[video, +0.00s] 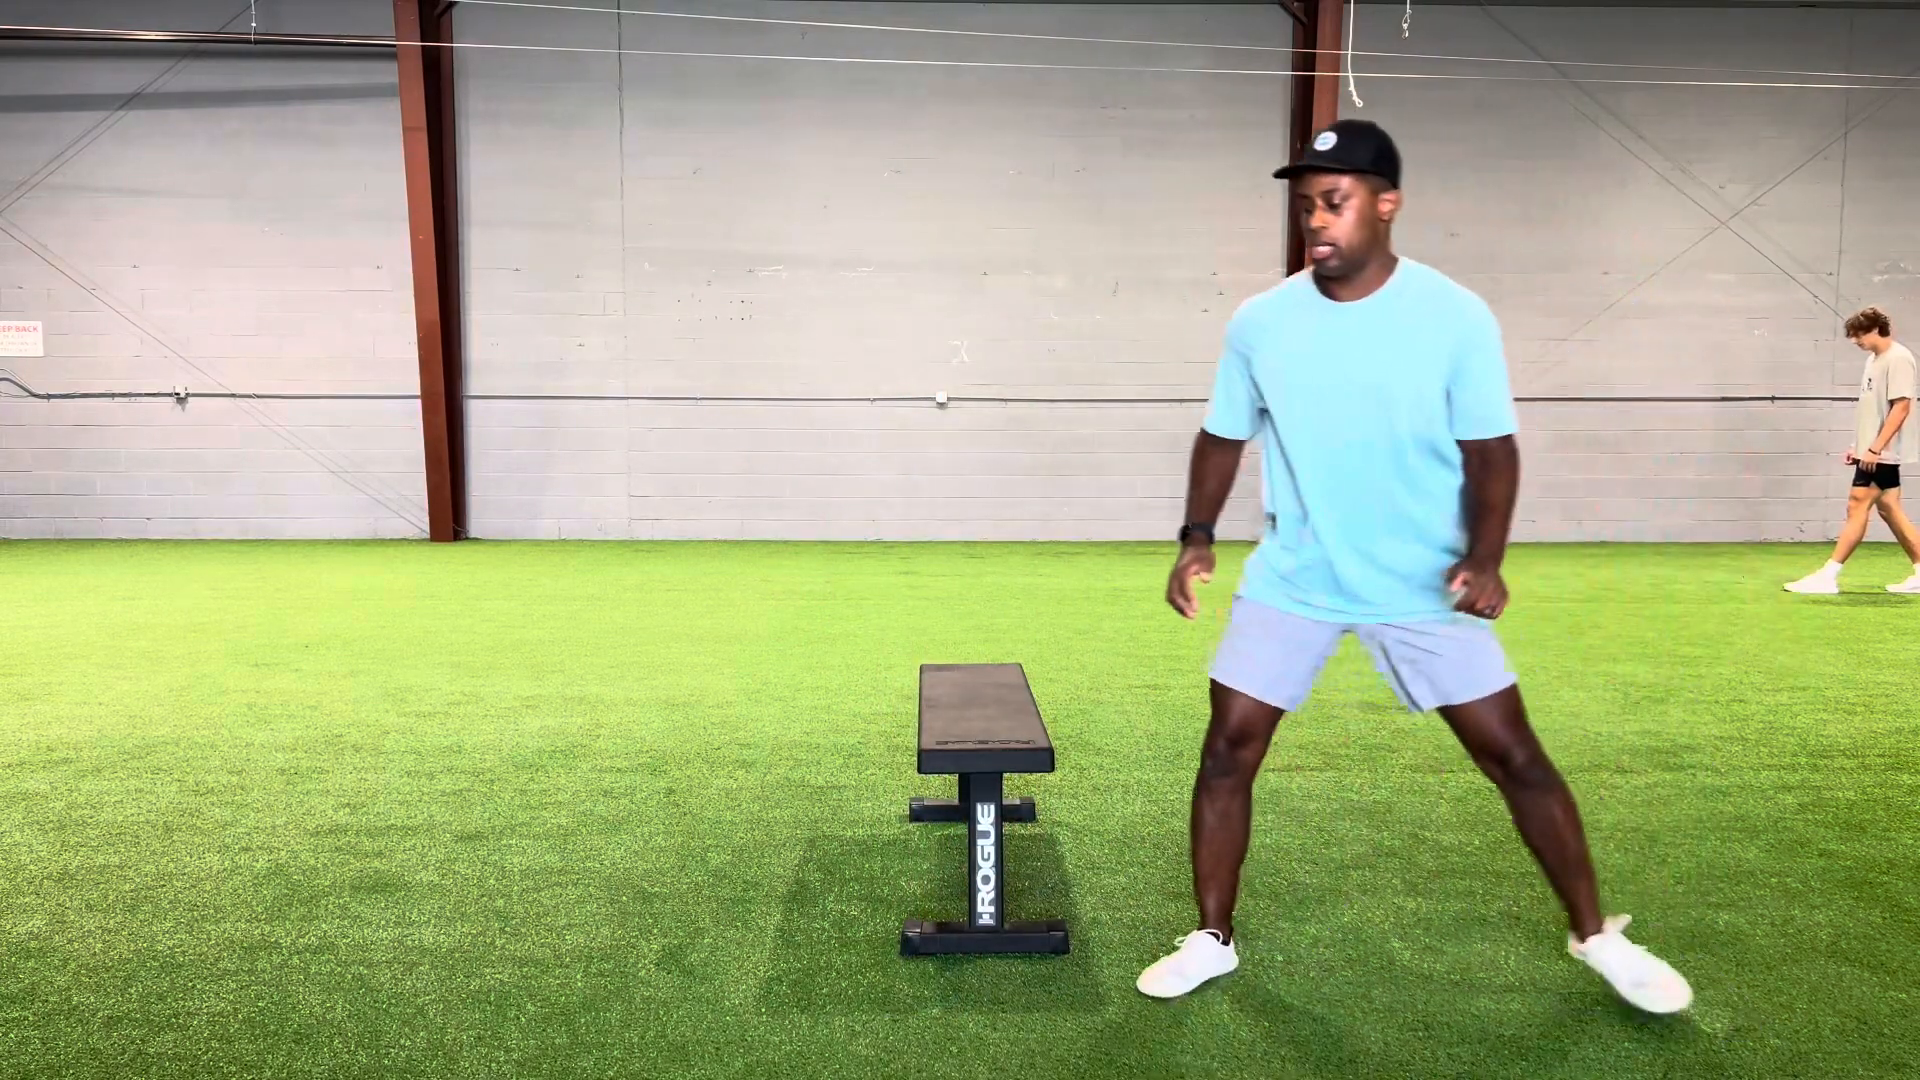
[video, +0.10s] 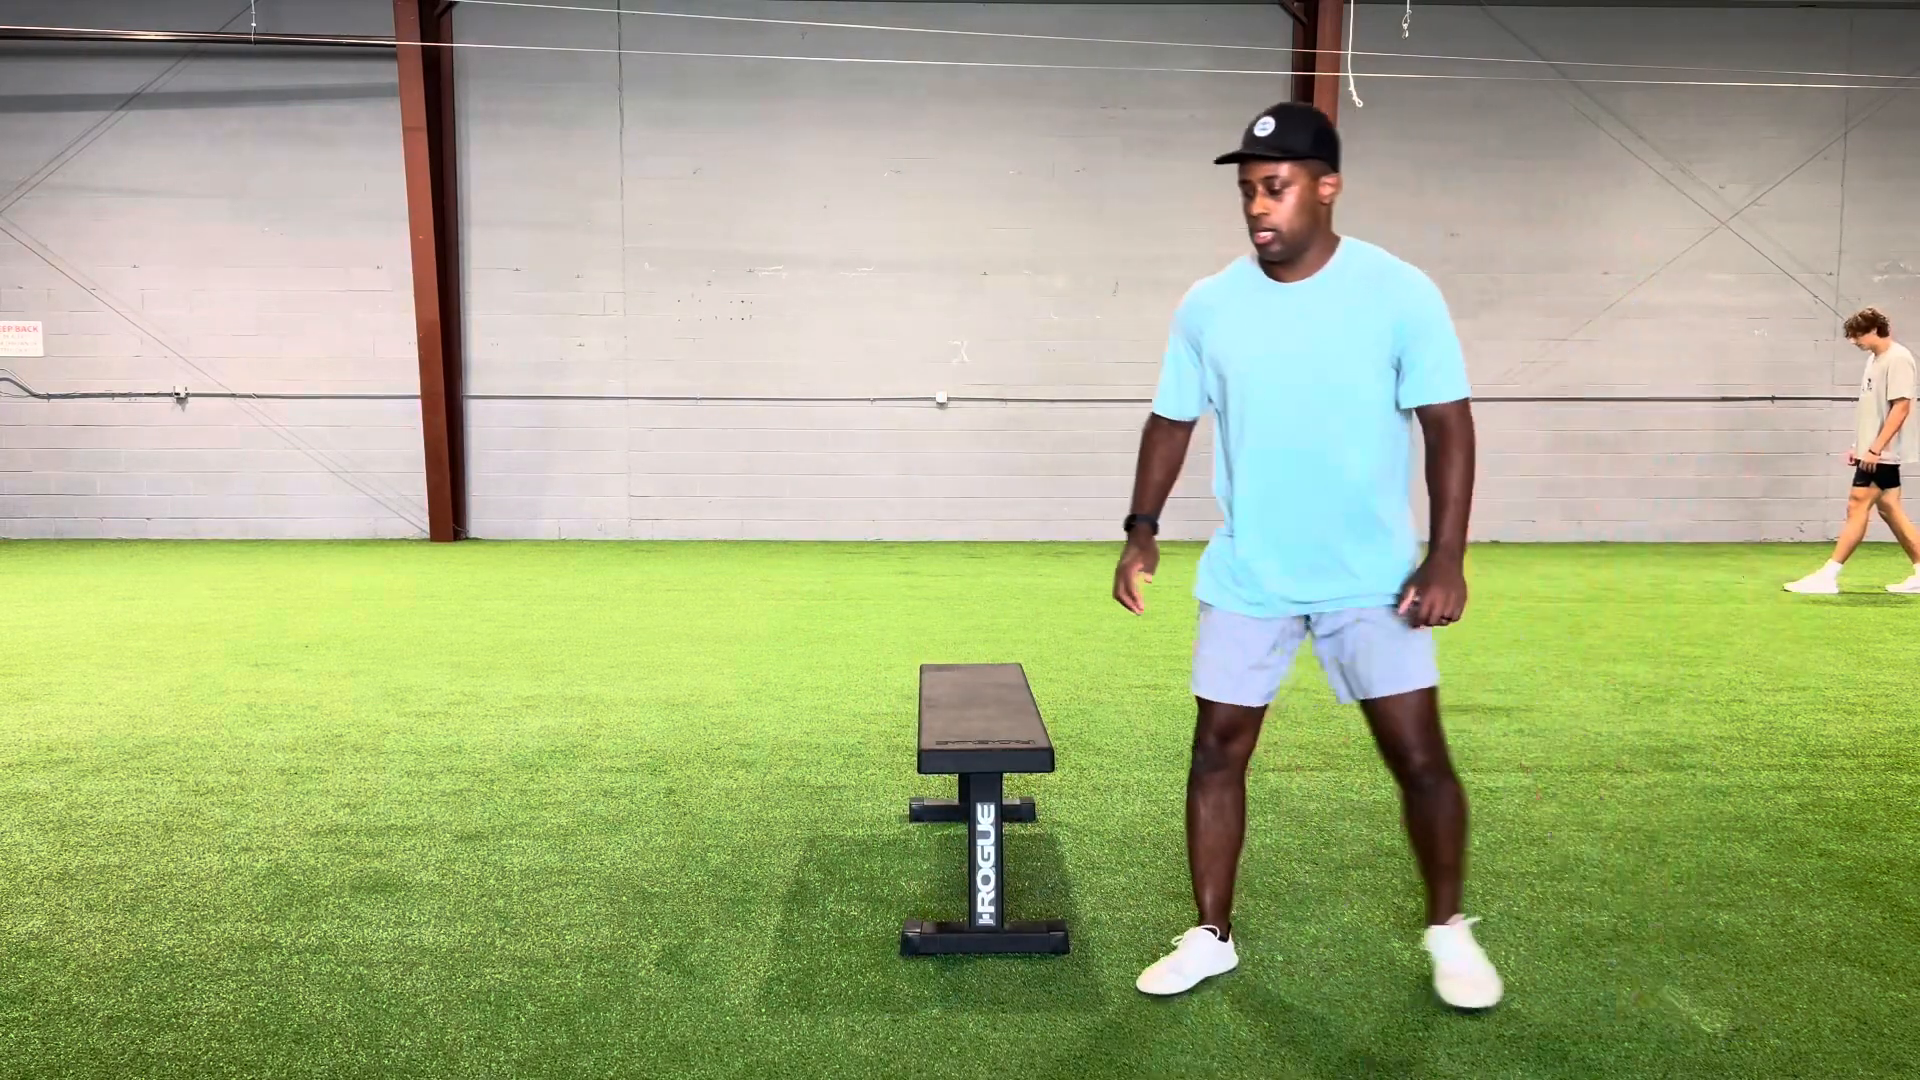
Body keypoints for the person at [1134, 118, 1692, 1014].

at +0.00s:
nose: (1314, 219)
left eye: (1334, 202)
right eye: (1305, 202)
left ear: (1388, 206)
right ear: (1298, 208)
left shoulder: (1457, 319)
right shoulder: (1260, 325)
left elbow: (1491, 451)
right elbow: (1222, 437)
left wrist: (1485, 559)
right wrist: (1196, 535)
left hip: (1423, 584)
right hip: (1293, 576)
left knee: (1516, 756)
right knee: (1228, 744)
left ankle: (1595, 932)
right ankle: (1212, 937)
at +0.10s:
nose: (1257, 206)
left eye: (1276, 187)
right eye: (1250, 188)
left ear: (1328, 190)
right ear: (1241, 193)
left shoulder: (1401, 295)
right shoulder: (1209, 307)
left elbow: (1449, 426)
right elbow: (1170, 423)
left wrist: (1448, 554)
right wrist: (1142, 528)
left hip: (1373, 575)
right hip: (1247, 575)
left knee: (1421, 759)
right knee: (1218, 745)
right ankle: (1210, 932)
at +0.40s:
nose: (1172, 229)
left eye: (1190, 210)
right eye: (1162, 210)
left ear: (1239, 207)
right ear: (1152, 207)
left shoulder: (1304, 311)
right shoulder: (1126, 306)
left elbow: (1363, 439)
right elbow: (1099, 424)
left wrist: (1390, 574)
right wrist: (1059, 521)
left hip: (1247, 581)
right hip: (1136, 567)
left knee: (1247, 764)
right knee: (1062, 724)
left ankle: (1260, 939)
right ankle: (1124, 891)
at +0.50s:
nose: (1144, 229)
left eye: (1164, 210)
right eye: (1132, 209)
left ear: (1209, 208)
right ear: (1119, 206)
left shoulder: (1266, 306)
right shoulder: (1089, 302)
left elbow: (1309, 441)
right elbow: (1056, 418)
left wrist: (1309, 575)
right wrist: (1025, 517)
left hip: (1213, 576)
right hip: (1098, 562)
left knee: (1228, 763)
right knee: (1027, 731)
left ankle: (1255, 941)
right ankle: (1001, 923)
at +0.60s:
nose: (1111, 248)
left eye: (1131, 229)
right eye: (1098, 227)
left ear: (1170, 225)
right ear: (1081, 219)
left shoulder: (1219, 325)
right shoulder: (1041, 314)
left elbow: (1253, 461)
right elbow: (1004, 424)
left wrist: (1227, 578)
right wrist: (985, 524)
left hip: (1172, 588)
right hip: (1058, 578)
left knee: (1201, 772)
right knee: (992, 747)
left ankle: (1250, 938)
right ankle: (943, 933)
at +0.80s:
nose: (1040, 328)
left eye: (1059, 311)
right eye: (1027, 308)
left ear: (1095, 301)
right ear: (1009, 295)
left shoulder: (1145, 386)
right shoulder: (959, 375)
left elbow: (1171, 519)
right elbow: (916, 479)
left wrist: (1123, 620)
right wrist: (915, 578)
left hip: (1106, 602)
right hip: (987, 597)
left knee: (1133, 763)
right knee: (944, 752)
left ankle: (1118, 926)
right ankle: (935, 938)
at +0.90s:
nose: (1024, 381)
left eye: (1044, 362)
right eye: (1010, 359)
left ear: (1078, 346)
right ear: (991, 342)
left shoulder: (1126, 424)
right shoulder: (941, 411)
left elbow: (1159, 547)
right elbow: (896, 507)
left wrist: (1109, 649)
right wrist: (900, 603)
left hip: (1080, 619)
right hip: (971, 612)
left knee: (1097, 772)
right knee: (937, 759)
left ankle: (1078, 938)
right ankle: (934, 940)